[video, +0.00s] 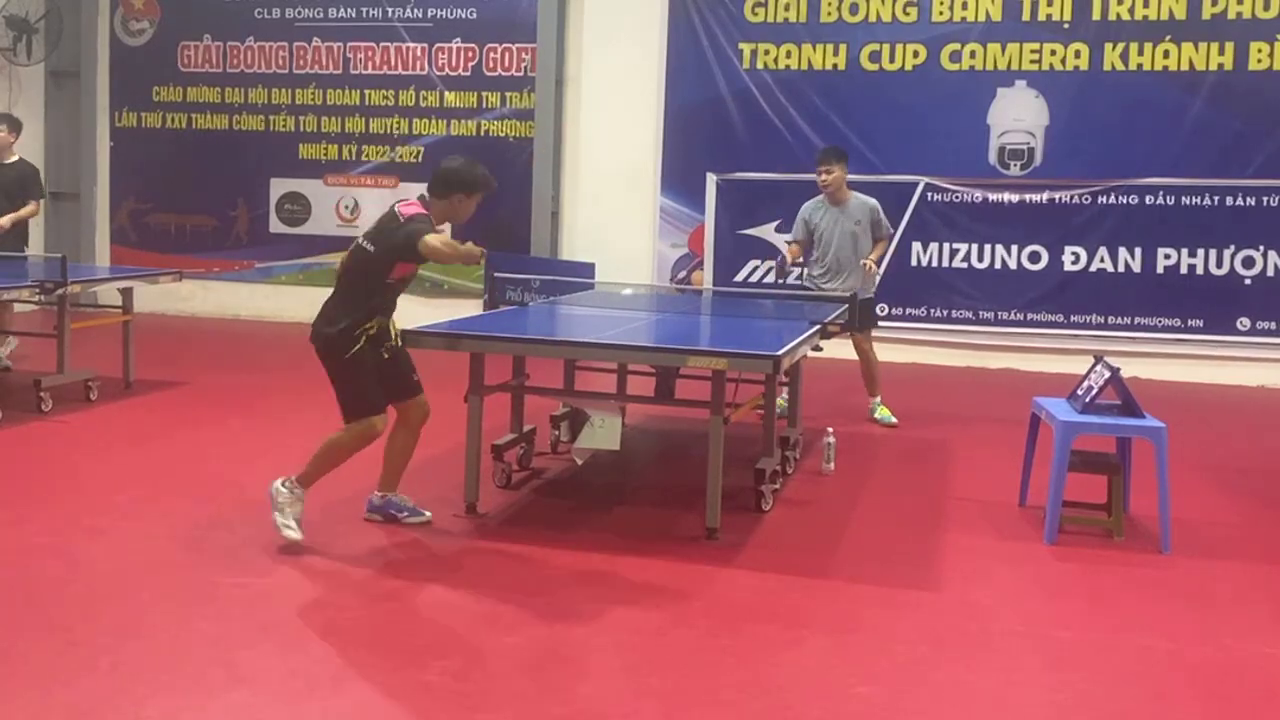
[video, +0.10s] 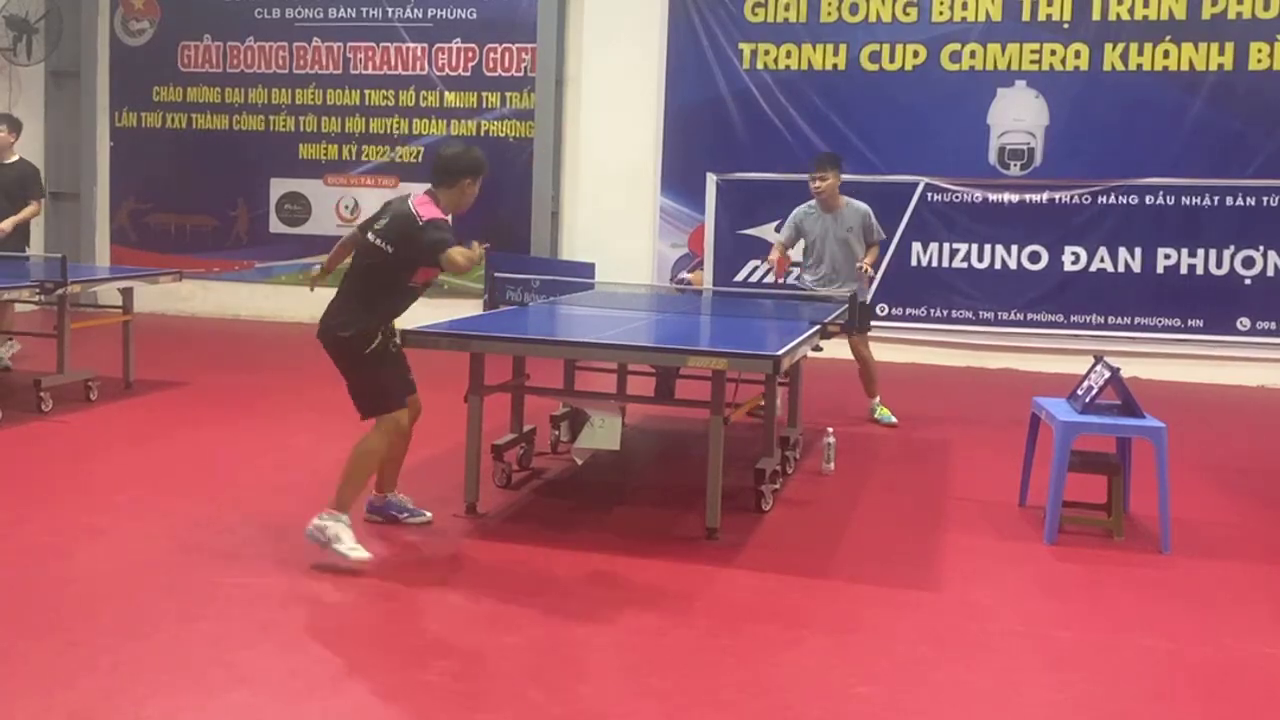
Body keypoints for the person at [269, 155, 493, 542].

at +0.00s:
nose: (473, 211)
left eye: (476, 203)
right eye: (473, 202)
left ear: (443, 193)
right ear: (456, 198)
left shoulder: (408, 209)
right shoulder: (418, 222)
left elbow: (349, 261)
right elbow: (433, 247)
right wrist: (463, 253)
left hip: (376, 325)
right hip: (343, 332)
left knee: (415, 411)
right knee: (368, 425)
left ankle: (385, 497)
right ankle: (291, 489)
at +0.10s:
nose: (477, 193)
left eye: (478, 185)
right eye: (476, 185)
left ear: (441, 179)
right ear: (460, 185)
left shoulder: (407, 201)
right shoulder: (433, 223)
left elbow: (356, 235)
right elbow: (455, 263)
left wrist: (326, 268)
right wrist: (474, 254)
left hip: (369, 324)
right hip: (354, 330)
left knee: (410, 409)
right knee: (393, 419)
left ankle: (383, 498)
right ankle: (333, 517)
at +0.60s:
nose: (452, 202)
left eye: (452, 193)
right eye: (451, 194)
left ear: (409, 190)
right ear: (436, 194)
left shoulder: (373, 222)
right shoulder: (411, 249)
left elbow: (334, 275)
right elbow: (394, 322)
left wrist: (381, 304)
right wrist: (443, 341)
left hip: (322, 353)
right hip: (367, 365)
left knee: (315, 431)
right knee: (411, 455)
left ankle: (248, 511)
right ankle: (394, 563)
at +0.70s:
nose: (445, 203)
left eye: (446, 194)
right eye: (443, 194)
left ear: (406, 192)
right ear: (429, 197)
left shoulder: (376, 219)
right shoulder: (388, 248)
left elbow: (367, 272)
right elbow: (357, 322)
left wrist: (417, 281)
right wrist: (406, 361)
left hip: (299, 333)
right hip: (330, 344)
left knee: (315, 406)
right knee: (386, 434)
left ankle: (243, 479)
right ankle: (380, 541)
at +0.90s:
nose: (396, 246)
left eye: (397, 239)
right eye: (394, 238)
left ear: (369, 235)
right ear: (374, 236)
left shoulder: (371, 274)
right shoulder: (305, 281)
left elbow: (405, 312)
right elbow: (247, 327)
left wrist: (442, 302)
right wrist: (248, 391)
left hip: (318, 364)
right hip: (289, 368)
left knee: (284, 426)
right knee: (369, 425)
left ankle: (212, 456)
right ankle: (336, 531)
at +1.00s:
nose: (354, 261)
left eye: (354, 254)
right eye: (350, 253)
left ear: (329, 256)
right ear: (327, 255)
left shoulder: (343, 284)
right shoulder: (260, 290)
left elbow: (388, 312)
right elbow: (209, 322)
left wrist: (406, 311)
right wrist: (190, 374)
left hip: (301, 378)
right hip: (272, 380)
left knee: (265, 436)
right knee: (342, 428)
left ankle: (191, 455)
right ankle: (334, 532)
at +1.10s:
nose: (309, 269)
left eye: (310, 261)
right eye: (304, 262)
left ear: (282, 263)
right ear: (278, 263)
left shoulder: (304, 289)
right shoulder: (218, 292)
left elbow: (358, 303)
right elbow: (178, 322)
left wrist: (353, 331)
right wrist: (154, 366)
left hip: (283, 389)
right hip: (248, 390)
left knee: (257, 455)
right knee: (303, 443)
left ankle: (176, 458)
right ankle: (323, 528)